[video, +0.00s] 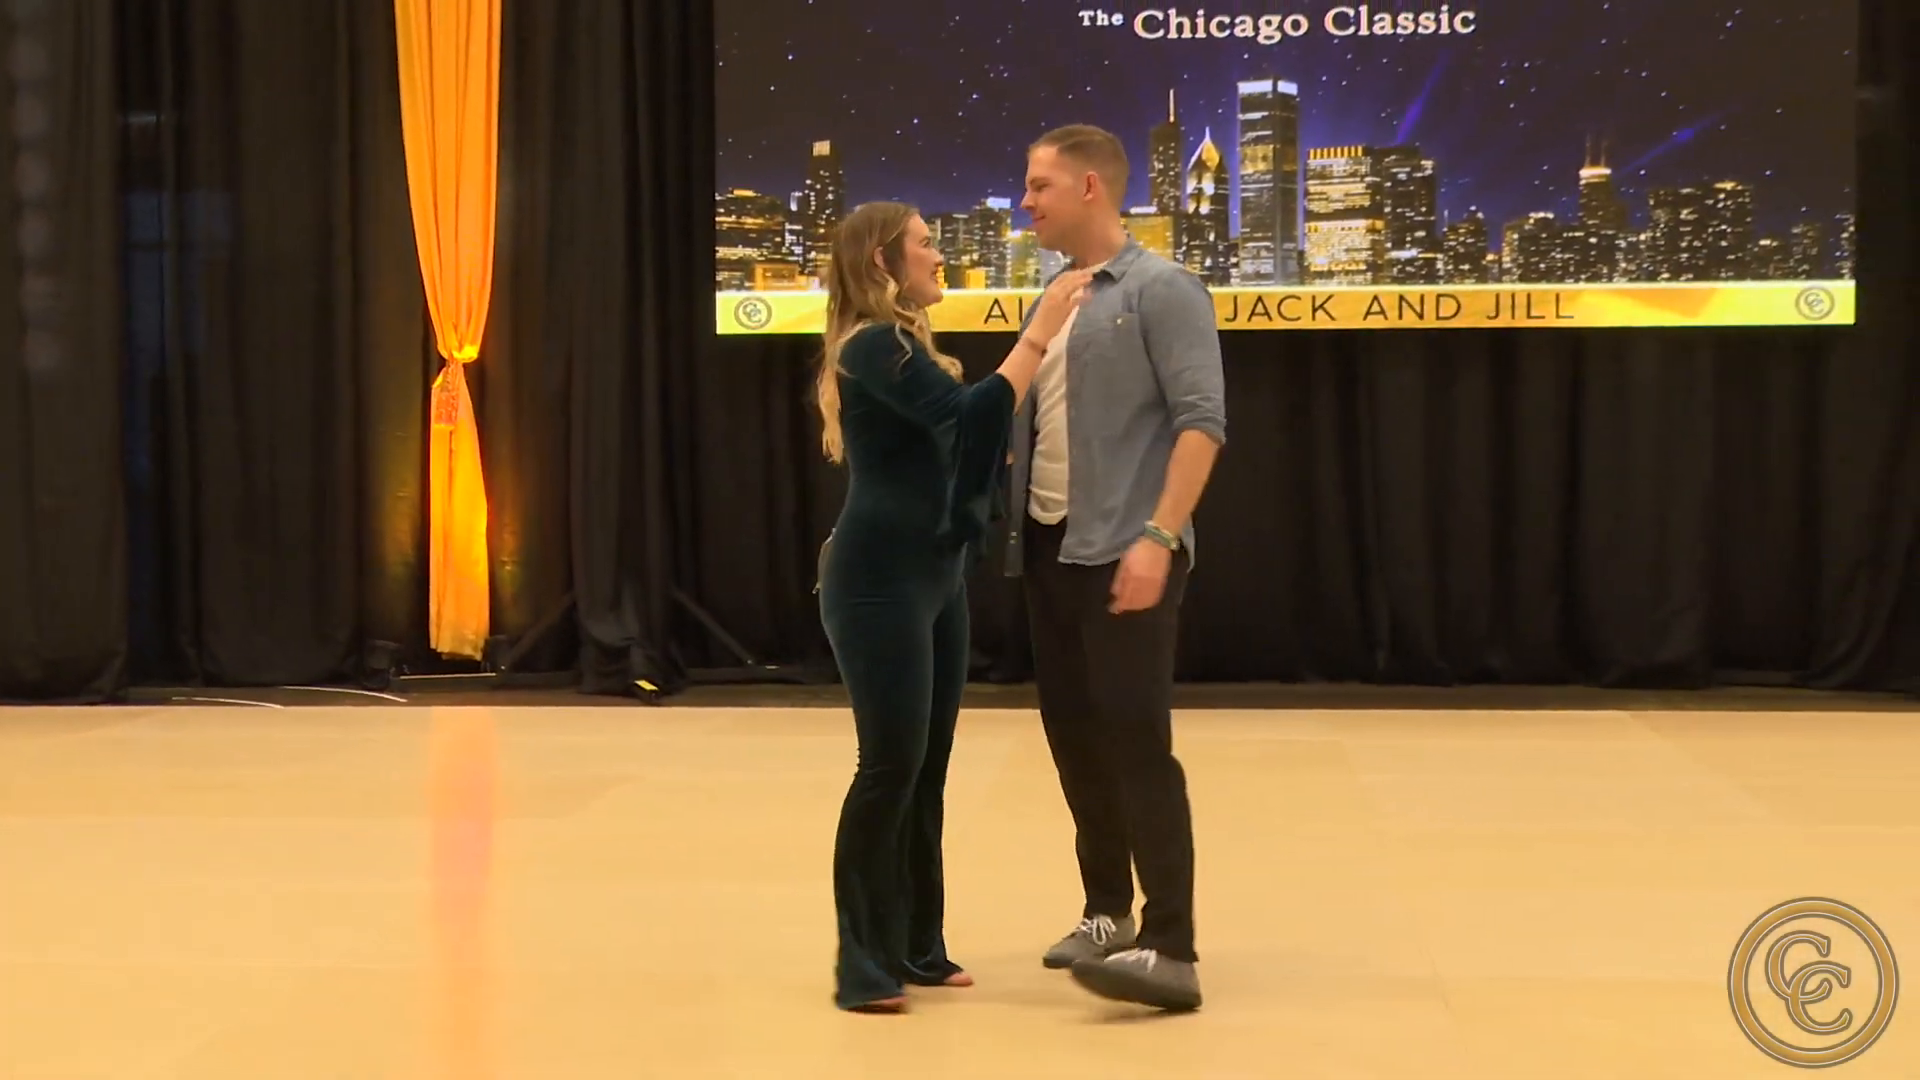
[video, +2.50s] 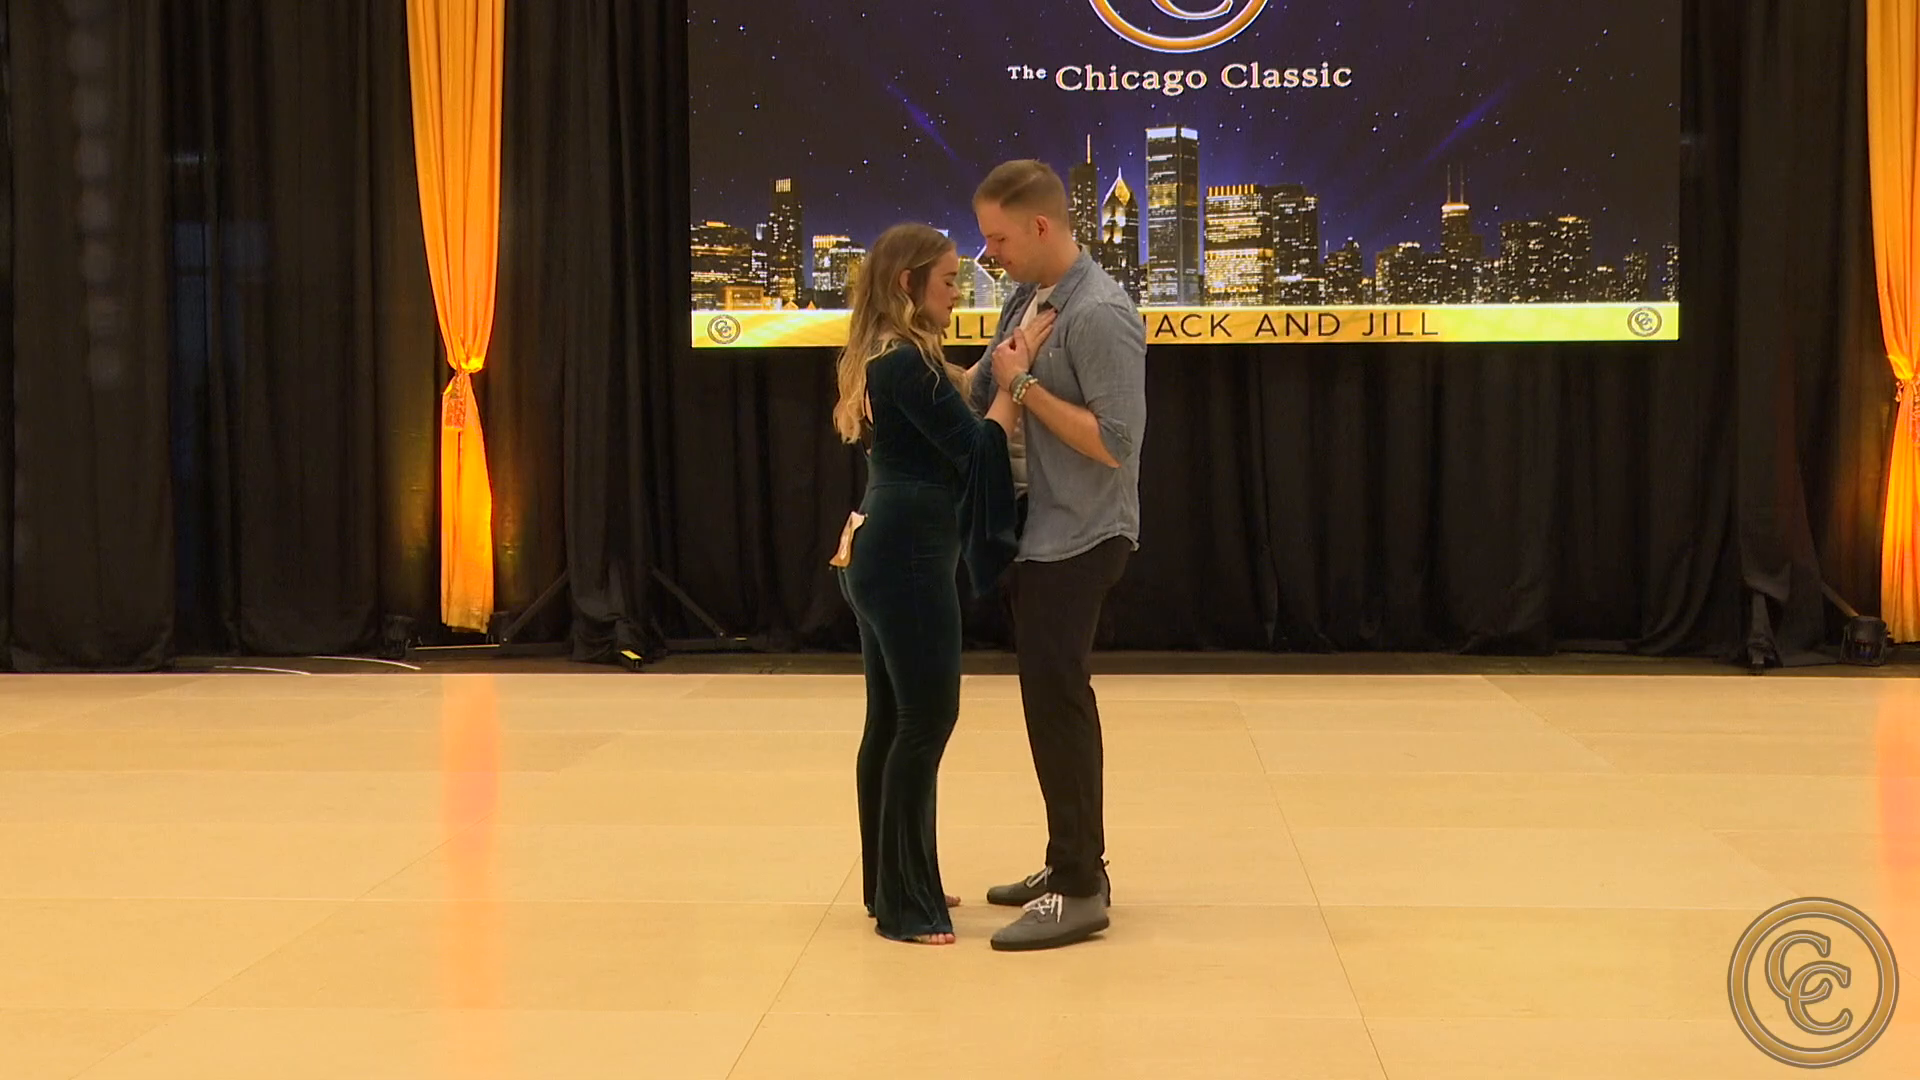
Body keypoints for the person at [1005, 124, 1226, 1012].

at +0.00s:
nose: (1026, 201)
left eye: (1039, 185)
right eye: (1026, 187)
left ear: (1095, 189)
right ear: (1071, 193)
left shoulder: (1163, 287)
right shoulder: (1053, 299)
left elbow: (1204, 421)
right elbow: (1021, 423)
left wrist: (1160, 538)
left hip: (1127, 553)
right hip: (1048, 551)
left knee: (1137, 747)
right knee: (1077, 743)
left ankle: (1171, 954)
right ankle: (1112, 917)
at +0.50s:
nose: (1026, 189)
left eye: (1036, 173)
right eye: (1028, 174)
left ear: (1080, 177)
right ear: (1082, 177)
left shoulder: (1123, 273)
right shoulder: (1080, 278)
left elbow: (1091, 402)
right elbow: (1033, 406)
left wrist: (987, 340)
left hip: (1103, 530)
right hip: (1057, 530)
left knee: (1085, 719)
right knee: (1028, 708)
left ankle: (1125, 945)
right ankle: (1072, 893)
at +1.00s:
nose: (1011, 197)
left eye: (1022, 182)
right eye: (1014, 182)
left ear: (1071, 189)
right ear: (1070, 190)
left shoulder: (1107, 285)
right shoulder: (1064, 287)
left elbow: (1099, 424)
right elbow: (1033, 411)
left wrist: (1018, 354)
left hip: (1085, 538)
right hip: (1050, 536)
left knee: (1082, 724)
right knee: (1055, 717)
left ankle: (1100, 921)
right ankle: (1057, 884)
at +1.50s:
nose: (1012, 222)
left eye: (1021, 207)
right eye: (1013, 207)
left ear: (1065, 210)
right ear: (1065, 210)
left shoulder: (1100, 300)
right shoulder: (1065, 300)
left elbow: (1091, 431)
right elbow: (1035, 413)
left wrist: (1016, 368)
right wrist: (1018, 363)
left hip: (1082, 536)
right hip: (1047, 535)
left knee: (1076, 709)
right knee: (1045, 703)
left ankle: (1092, 905)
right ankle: (1075, 870)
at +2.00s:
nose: (1003, 242)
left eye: (1011, 227)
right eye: (1001, 228)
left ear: (1058, 223)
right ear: (1047, 225)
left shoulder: (1102, 312)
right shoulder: (1038, 306)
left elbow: (1108, 444)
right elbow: (1001, 409)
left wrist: (1021, 379)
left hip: (1078, 535)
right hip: (1042, 530)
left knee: (1032, 692)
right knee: (1059, 695)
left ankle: (1073, 883)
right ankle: (1077, 866)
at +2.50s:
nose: (992, 257)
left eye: (997, 241)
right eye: (988, 243)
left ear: (1043, 227)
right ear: (1038, 231)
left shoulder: (1099, 311)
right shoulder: (1032, 305)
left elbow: (1113, 445)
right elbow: (979, 398)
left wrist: (1024, 385)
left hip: (1084, 532)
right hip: (1045, 527)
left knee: (1058, 699)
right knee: (1051, 698)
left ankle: (1081, 892)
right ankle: (1071, 867)